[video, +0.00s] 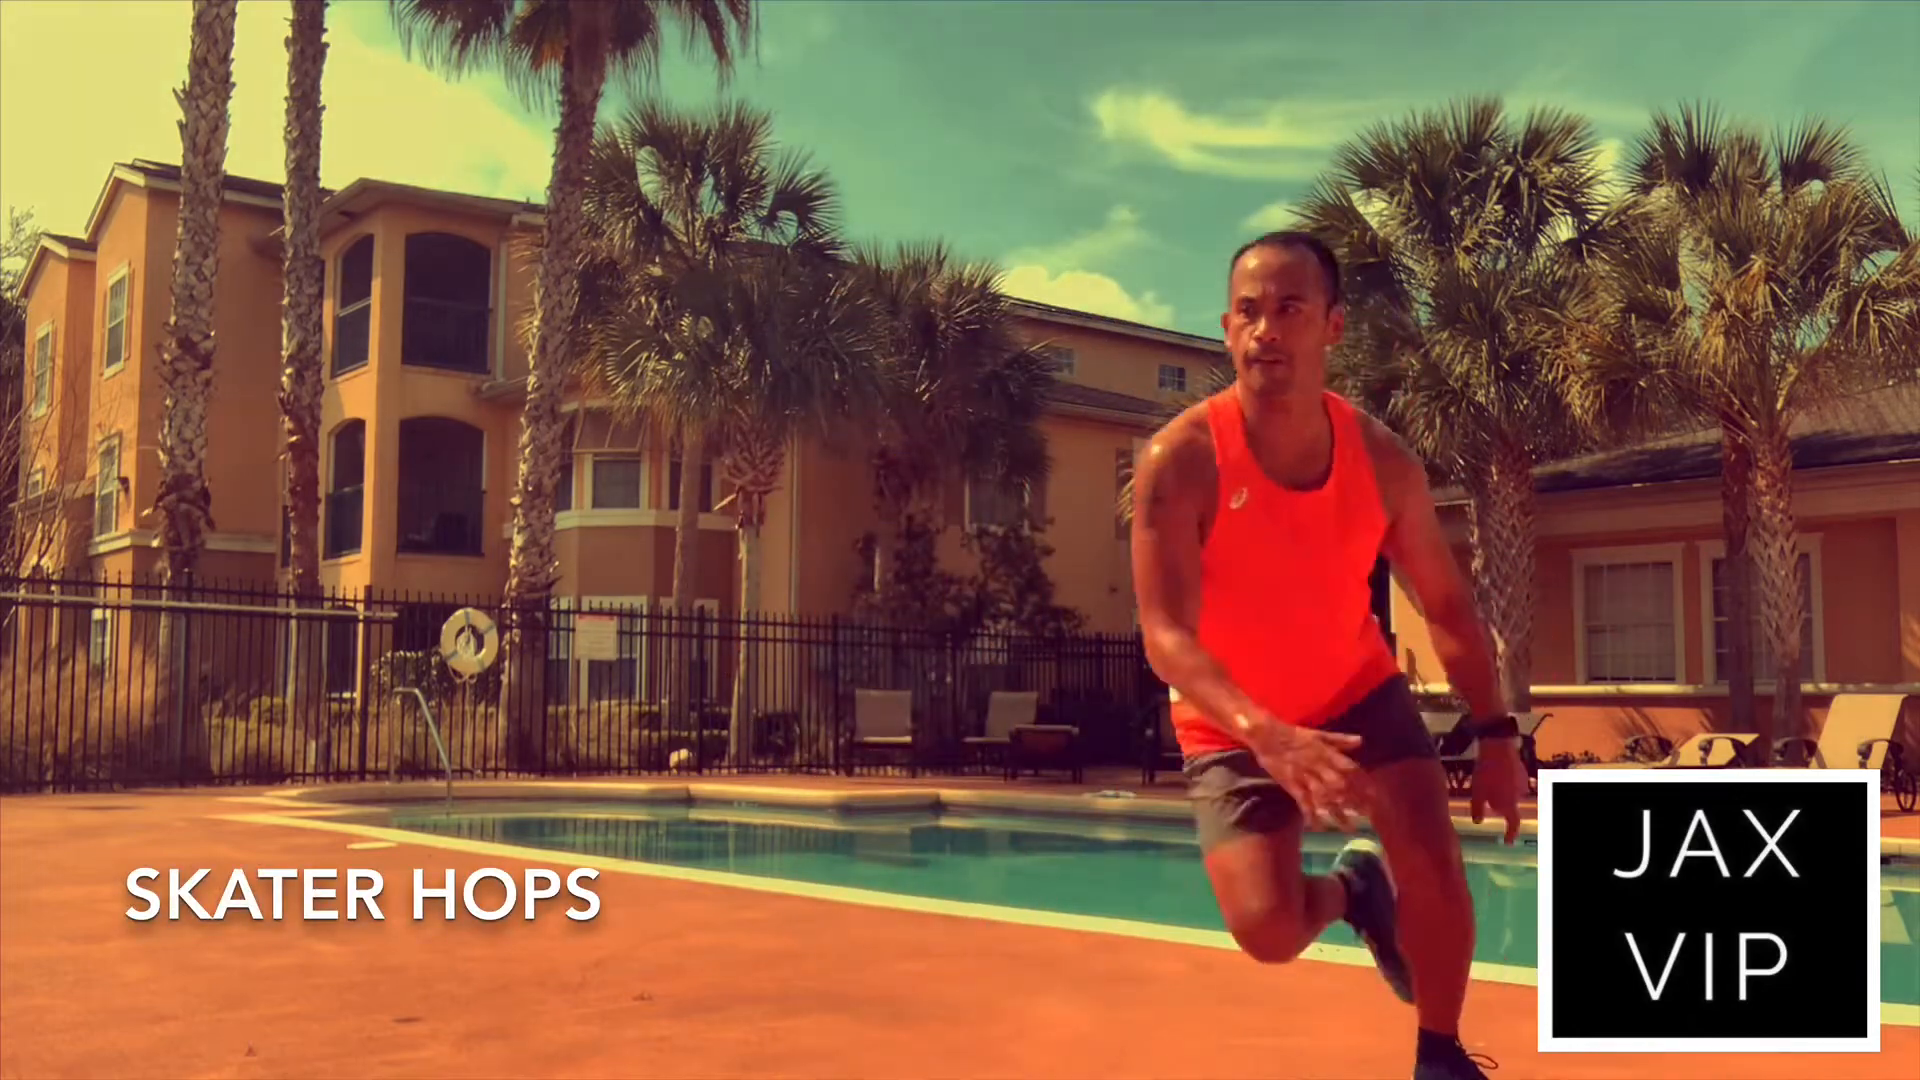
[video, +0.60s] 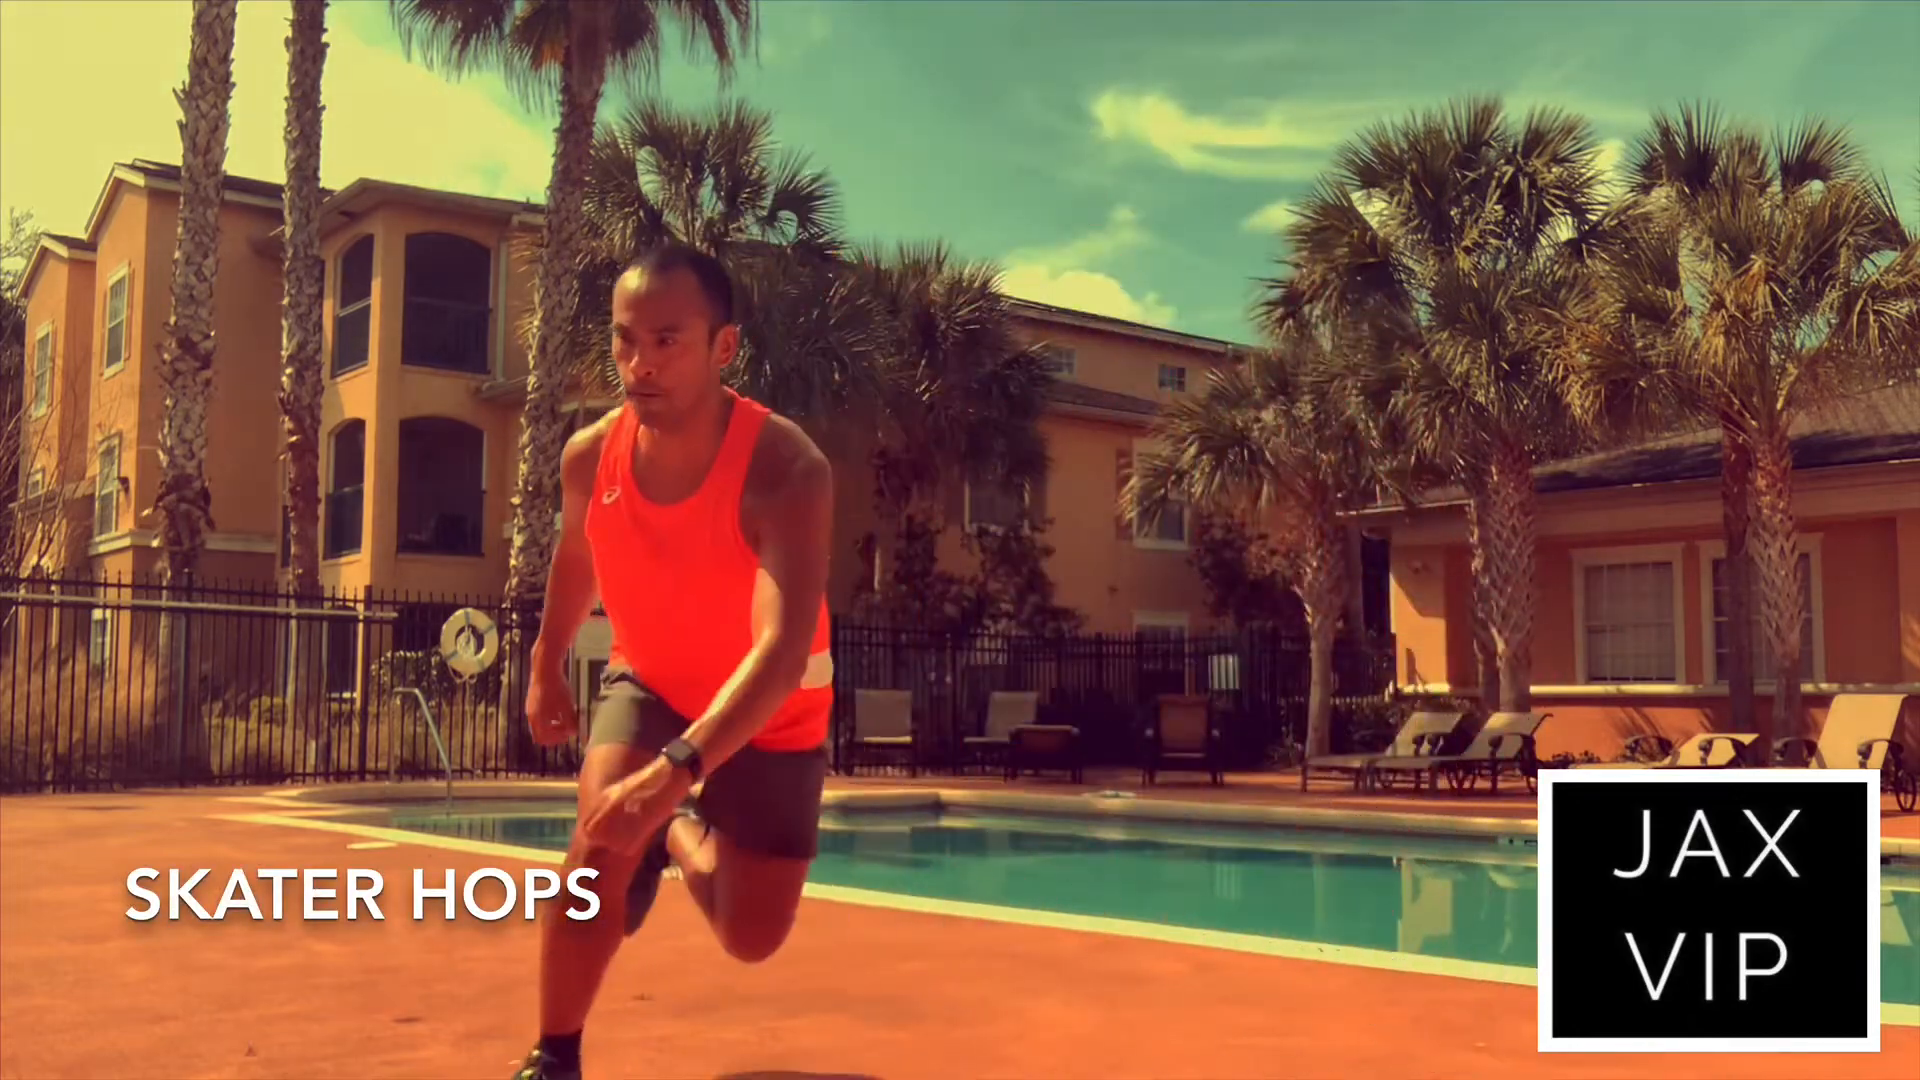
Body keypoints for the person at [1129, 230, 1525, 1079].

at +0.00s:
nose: (1263, 327)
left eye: (1289, 306)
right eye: (1246, 309)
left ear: (1333, 327)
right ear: (1228, 329)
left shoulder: (1381, 461)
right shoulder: (1178, 460)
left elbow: (1447, 606)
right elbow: (1165, 636)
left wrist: (1496, 734)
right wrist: (1265, 735)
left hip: (1356, 692)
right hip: (1225, 718)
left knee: (1431, 863)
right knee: (1265, 933)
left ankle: (1441, 1052)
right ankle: (1358, 891)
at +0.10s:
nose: (1177, 277)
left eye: (1200, 255)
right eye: (1159, 259)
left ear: (1245, 268)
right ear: (1141, 275)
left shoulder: (1312, 387)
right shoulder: (1100, 405)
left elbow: (1401, 489)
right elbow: (1000, 537)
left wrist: (1423, 604)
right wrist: (991, 676)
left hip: (1296, 658)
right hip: (1152, 668)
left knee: (1398, 839)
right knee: (1088, 855)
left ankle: (1440, 1044)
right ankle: (1156, 880)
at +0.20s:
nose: (1059, 228)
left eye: (1084, 207)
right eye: (1043, 207)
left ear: (1129, 211)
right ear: (1023, 211)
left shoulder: (1189, 299)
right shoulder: (983, 318)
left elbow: (1288, 324)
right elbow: (842, 400)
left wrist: (1350, 437)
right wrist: (804, 546)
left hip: (1204, 617)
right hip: (1051, 611)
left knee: (1316, 808)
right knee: (914, 768)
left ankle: (1435, 1015)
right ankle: (908, 916)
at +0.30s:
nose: (935, 212)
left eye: (958, 190)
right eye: (919, 189)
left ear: (1009, 188)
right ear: (899, 186)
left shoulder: (1069, 285)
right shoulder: (867, 299)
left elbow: (1199, 305)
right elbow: (750, 373)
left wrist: (1289, 392)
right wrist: (710, 510)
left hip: (1078, 584)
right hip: (927, 592)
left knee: (1218, 756)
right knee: (801, 767)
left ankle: (1319, 915)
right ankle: (679, 964)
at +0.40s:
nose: (811, 249)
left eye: (835, 225)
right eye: (796, 226)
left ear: (890, 222)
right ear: (782, 224)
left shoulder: (964, 338)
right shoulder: (743, 349)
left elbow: (1099, 422)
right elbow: (680, 456)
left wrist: (1166, 517)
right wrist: (660, 588)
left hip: (954, 620)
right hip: (805, 630)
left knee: (1103, 781)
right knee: (692, 829)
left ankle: (1139, 804)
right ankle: (573, 1037)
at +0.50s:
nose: (711, 314)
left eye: (736, 290)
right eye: (697, 290)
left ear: (793, 289)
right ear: (683, 289)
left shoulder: (860, 416)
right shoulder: (648, 411)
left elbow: (941, 563)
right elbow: (616, 532)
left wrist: (940, 685)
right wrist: (597, 655)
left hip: (846, 675)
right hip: (703, 666)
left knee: (942, 876)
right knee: (619, 837)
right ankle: (556, 1056)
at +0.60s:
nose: (640, 365)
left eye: (666, 342)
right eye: (627, 342)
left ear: (724, 346)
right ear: (612, 345)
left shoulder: (785, 469)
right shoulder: (592, 457)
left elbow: (784, 651)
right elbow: (575, 562)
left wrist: (672, 778)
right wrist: (546, 666)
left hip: (770, 707)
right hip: (649, 682)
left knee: (754, 936)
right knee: (603, 847)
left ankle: (665, 828)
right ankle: (554, 1057)